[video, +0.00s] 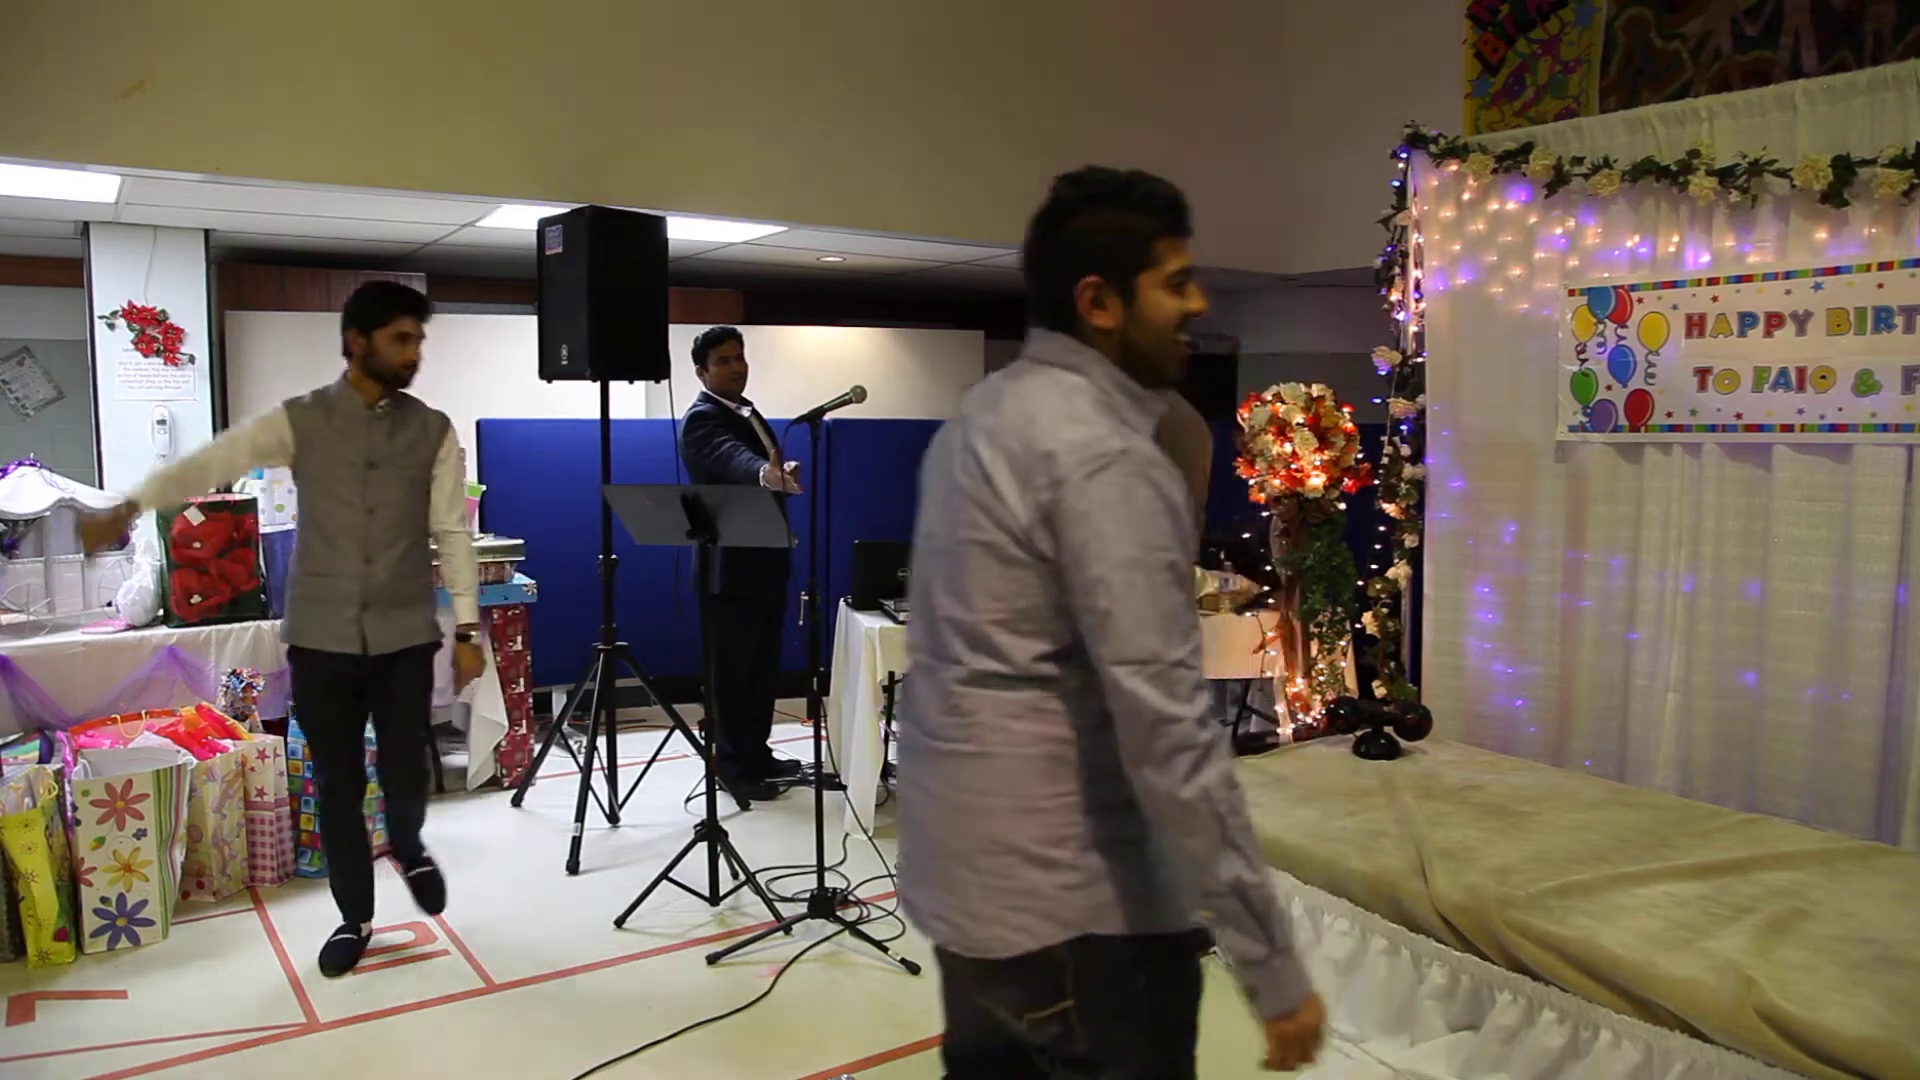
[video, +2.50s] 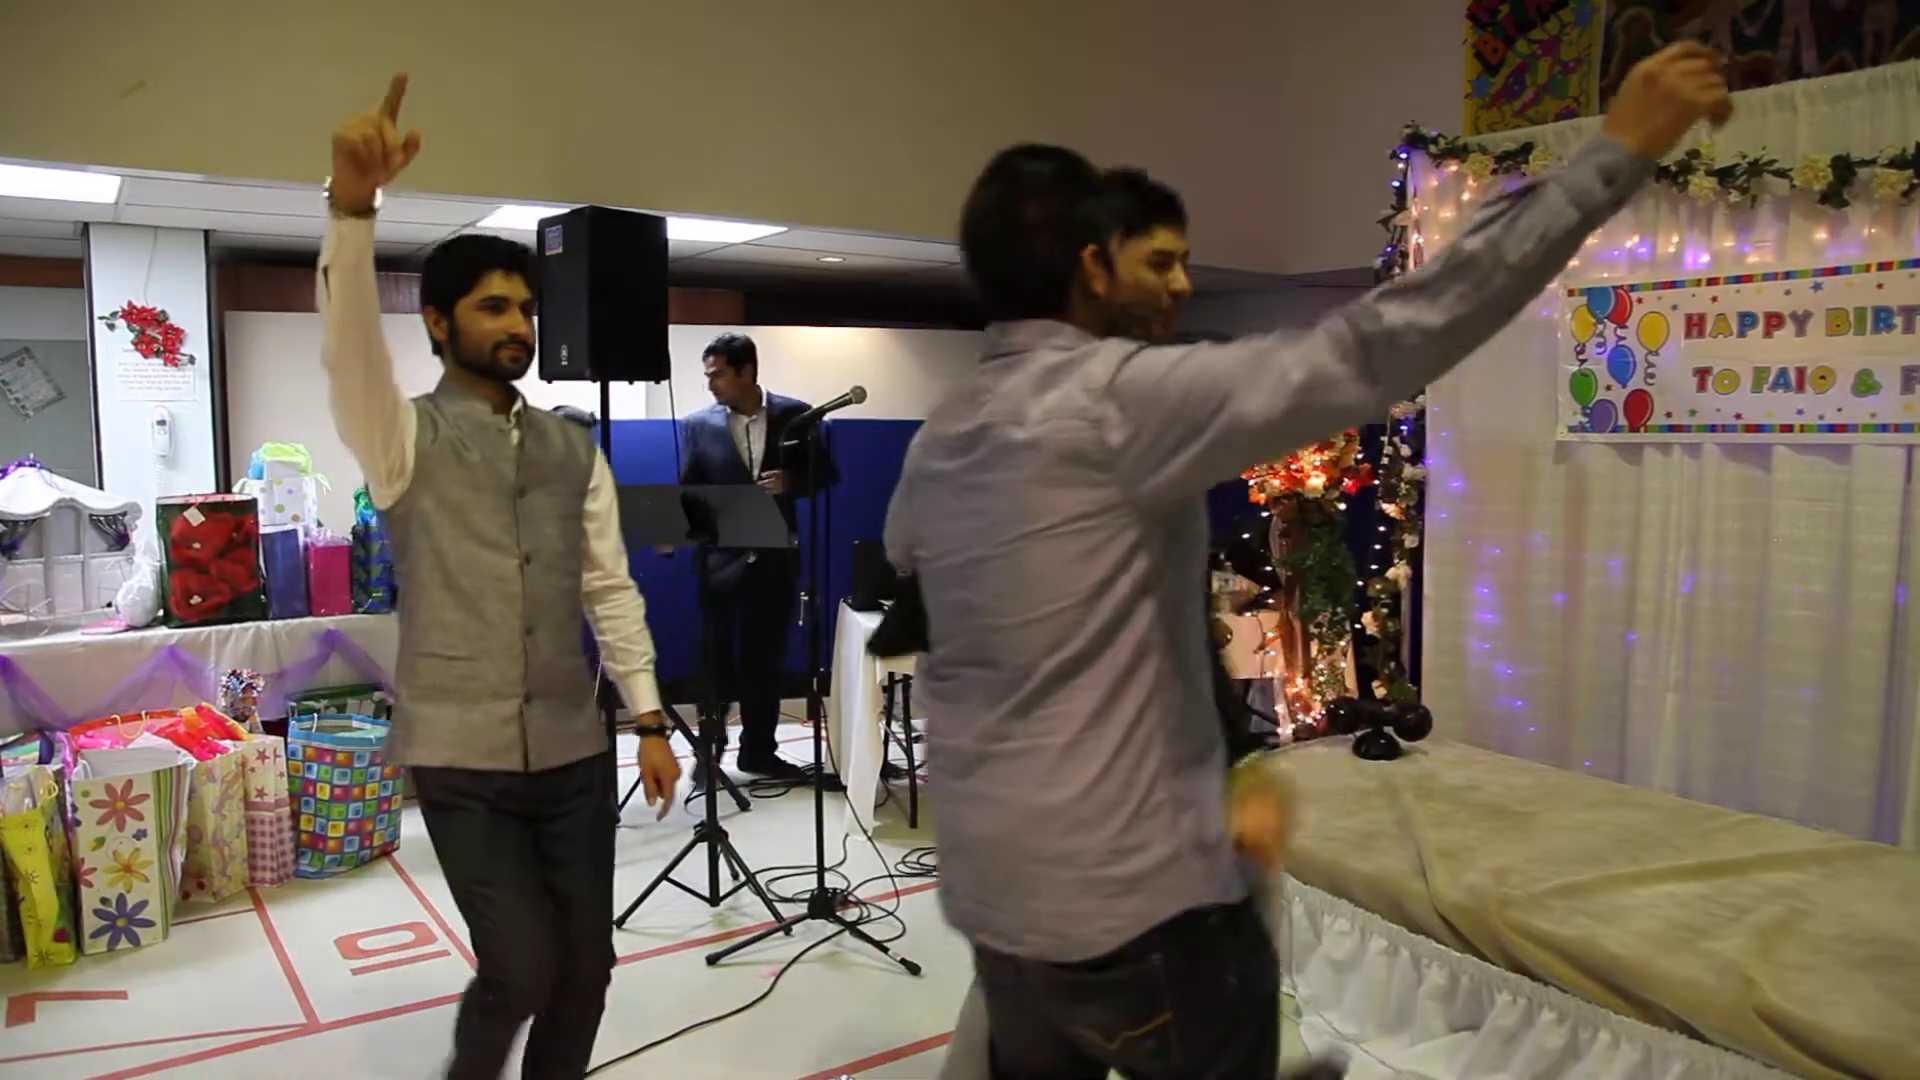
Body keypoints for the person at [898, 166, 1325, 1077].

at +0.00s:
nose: (1200, 306)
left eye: (1192, 281)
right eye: (1177, 282)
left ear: (1090, 304)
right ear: (1098, 303)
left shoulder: (979, 420)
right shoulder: (1104, 452)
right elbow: (1172, 733)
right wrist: (1273, 970)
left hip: (979, 896)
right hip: (1079, 909)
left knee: (996, 1062)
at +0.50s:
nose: (1059, 273)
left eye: (1051, 249)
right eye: (1036, 250)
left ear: (957, 276)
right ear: (957, 274)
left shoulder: (873, 408)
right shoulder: (964, 430)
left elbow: (876, 681)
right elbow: (1017, 731)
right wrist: (1064, 989)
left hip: (888, 895)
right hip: (949, 908)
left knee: (928, 1061)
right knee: (974, 1063)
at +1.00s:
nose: (1038, 262)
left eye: (1030, 236)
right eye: (1003, 236)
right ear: (906, 267)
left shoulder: (844, 404)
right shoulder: (915, 434)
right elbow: (1000, 767)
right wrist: (1141, 1040)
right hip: (906, 952)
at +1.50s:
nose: (1058, 263)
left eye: (1052, 237)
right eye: (1026, 238)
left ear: (927, 275)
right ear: (923, 267)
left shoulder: (873, 403)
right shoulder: (921, 437)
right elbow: (1084, 717)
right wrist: (1374, 1004)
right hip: (910, 937)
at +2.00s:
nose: (1064, 280)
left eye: (1064, 256)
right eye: (1054, 254)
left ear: (909, 282)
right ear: (1017, 265)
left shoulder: (889, 412)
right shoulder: (978, 424)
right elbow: (1227, 513)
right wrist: (1607, 468)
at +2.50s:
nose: (1166, 284)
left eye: (1166, 260)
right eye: (1147, 259)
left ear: (998, 279)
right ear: (1088, 267)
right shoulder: (1115, 400)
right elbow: (1374, 348)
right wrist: (1616, 152)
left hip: (1003, 910)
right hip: (1138, 910)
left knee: (1035, 1068)